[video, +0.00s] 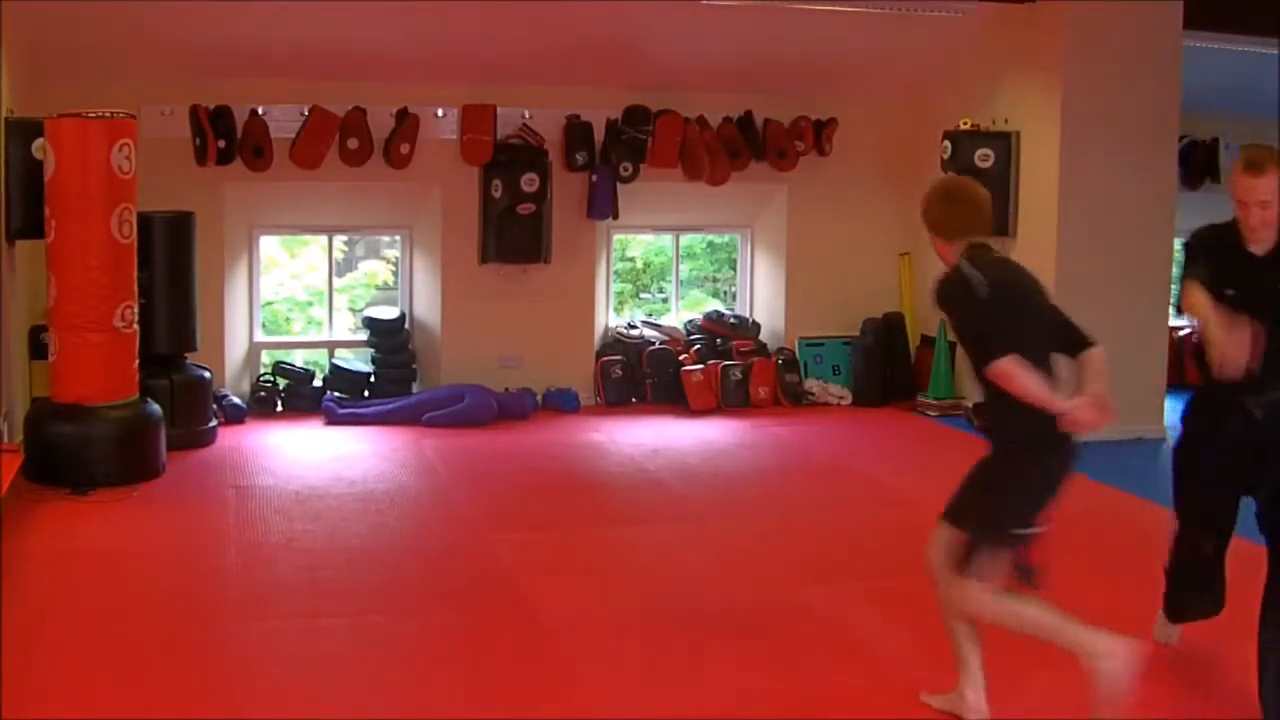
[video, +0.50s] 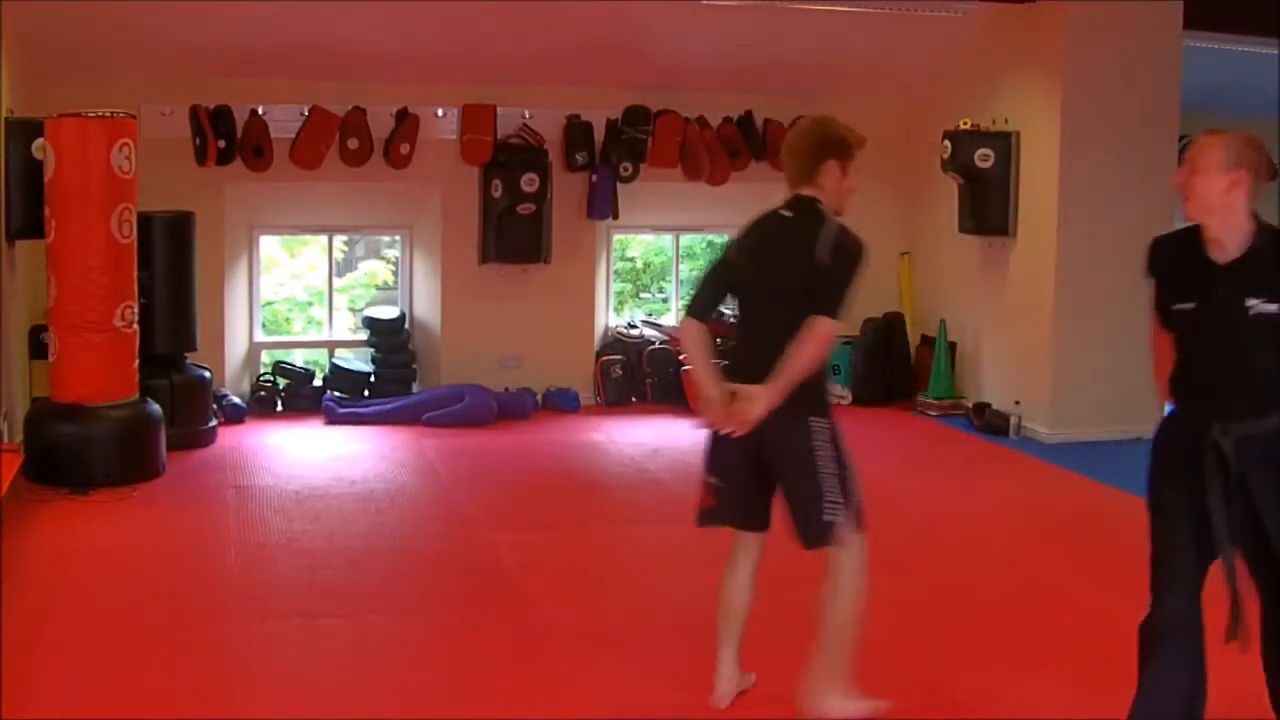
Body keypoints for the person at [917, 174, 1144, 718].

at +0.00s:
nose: (931, 241)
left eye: (930, 232)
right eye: (934, 231)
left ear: (937, 235)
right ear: (984, 225)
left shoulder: (958, 283)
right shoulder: (1014, 275)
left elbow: (999, 363)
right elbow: (1086, 347)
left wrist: (1063, 406)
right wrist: (1093, 395)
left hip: (1027, 449)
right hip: (1037, 442)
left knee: (961, 589)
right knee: (943, 551)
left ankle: (1101, 648)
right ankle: (971, 692)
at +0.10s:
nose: (899, 209)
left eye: (901, 201)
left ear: (906, 206)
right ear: (957, 200)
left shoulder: (917, 270)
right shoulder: (990, 260)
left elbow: (948, 361)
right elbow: (1061, 332)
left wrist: (1018, 398)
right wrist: (1049, 392)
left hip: (965, 427)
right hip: (1004, 426)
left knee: (894, 544)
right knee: (931, 553)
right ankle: (968, 682)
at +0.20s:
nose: (870, 177)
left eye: (870, 168)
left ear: (873, 173)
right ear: (927, 169)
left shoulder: (869, 246)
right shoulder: (961, 238)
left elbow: (875, 343)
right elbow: (1029, 308)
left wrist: (953, 375)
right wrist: (1002, 368)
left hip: (902, 420)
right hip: (963, 419)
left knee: (844, 537)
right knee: (940, 554)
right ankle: (975, 688)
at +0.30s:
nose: (892, 169)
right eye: (893, 161)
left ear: (837, 166)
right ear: (891, 166)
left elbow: (803, 336)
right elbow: (976, 317)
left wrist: (876, 381)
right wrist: (929, 371)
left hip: (845, 412)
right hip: (914, 412)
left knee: (798, 541)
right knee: (933, 559)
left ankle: (743, 663)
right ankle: (969, 688)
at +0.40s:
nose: (870, 183)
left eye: (867, 173)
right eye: (869, 174)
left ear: (809, 176)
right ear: (857, 178)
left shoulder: (775, 249)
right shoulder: (878, 252)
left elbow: (732, 336)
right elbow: (893, 339)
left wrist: (784, 392)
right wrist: (837, 395)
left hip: (783, 420)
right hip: (849, 421)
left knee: (765, 550)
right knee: (896, 560)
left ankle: (729, 675)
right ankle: (936, 690)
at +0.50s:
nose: (853, 182)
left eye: (851, 171)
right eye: (850, 171)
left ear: (796, 171)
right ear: (831, 171)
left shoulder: (754, 232)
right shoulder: (839, 241)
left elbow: (694, 320)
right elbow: (821, 330)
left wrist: (713, 394)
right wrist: (767, 394)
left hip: (737, 409)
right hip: (799, 412)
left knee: (745, 541)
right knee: (847, 543)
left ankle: (725, 675)